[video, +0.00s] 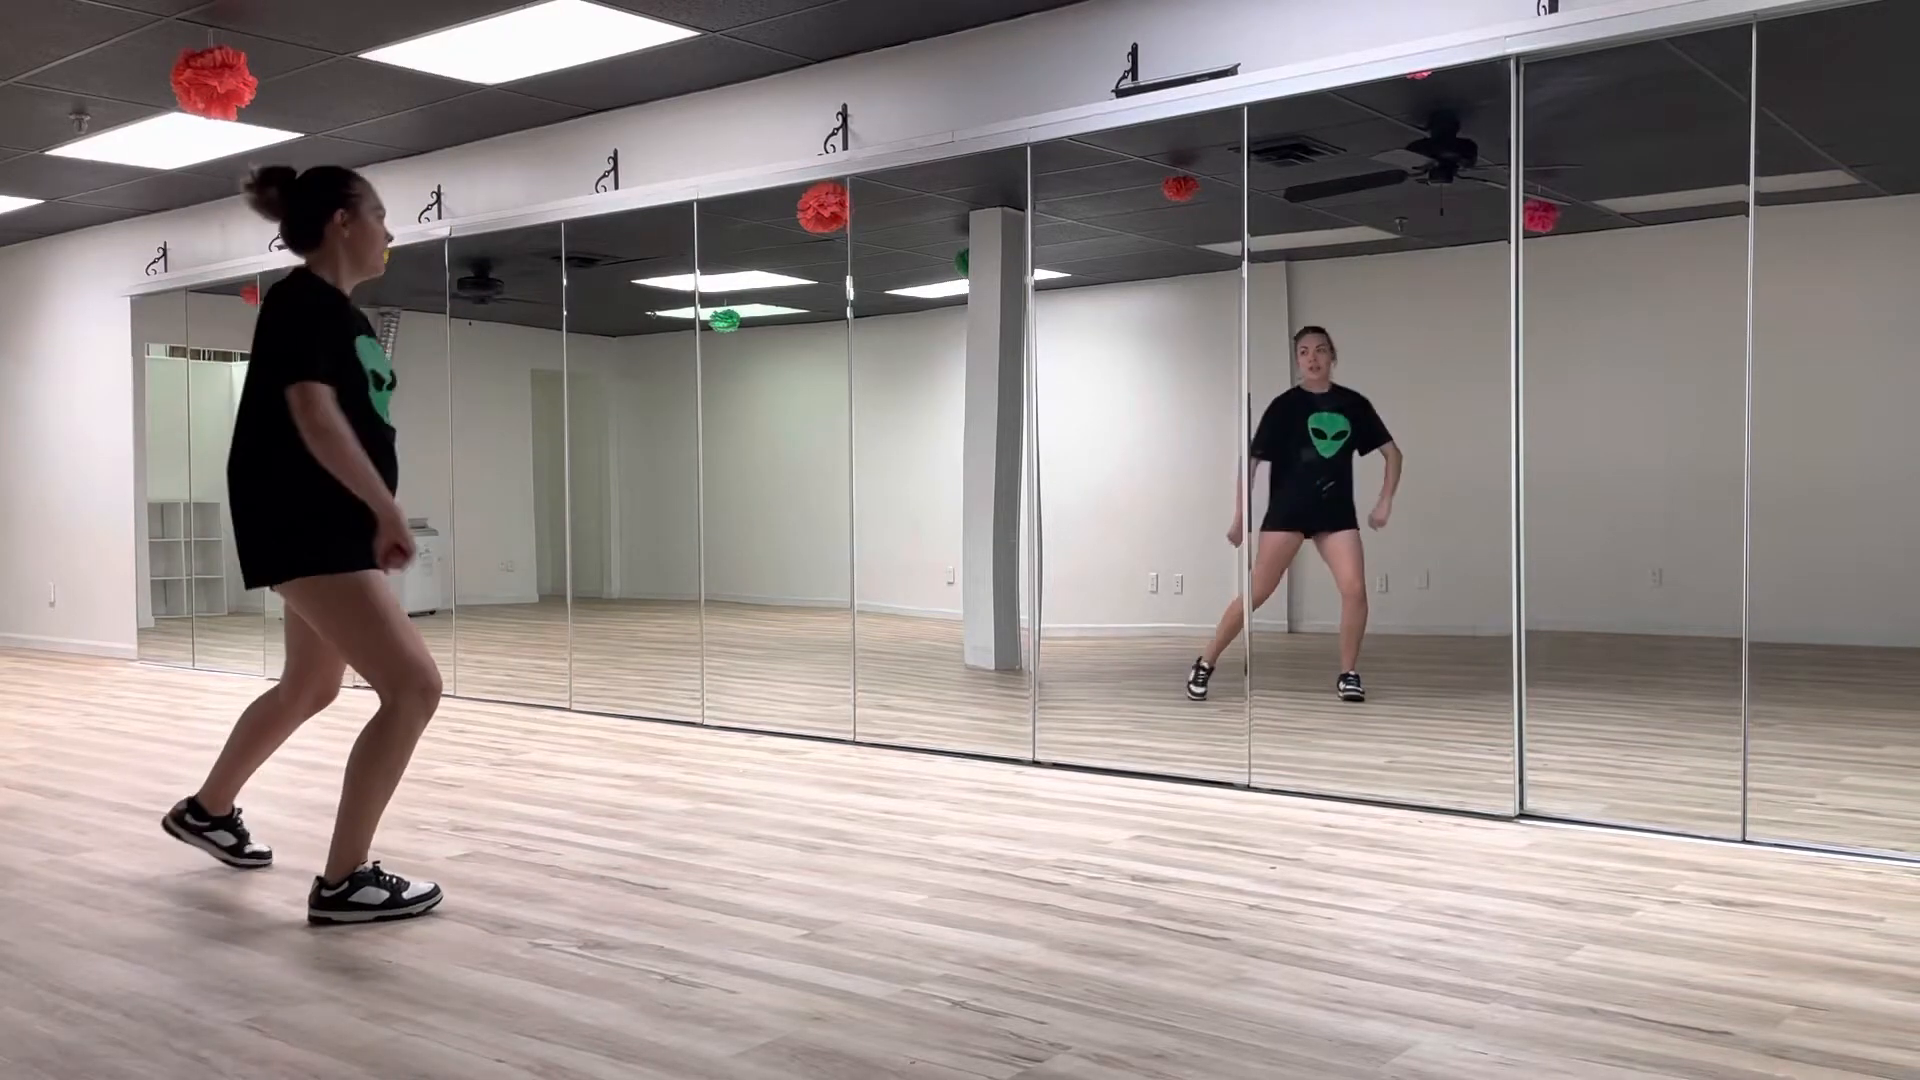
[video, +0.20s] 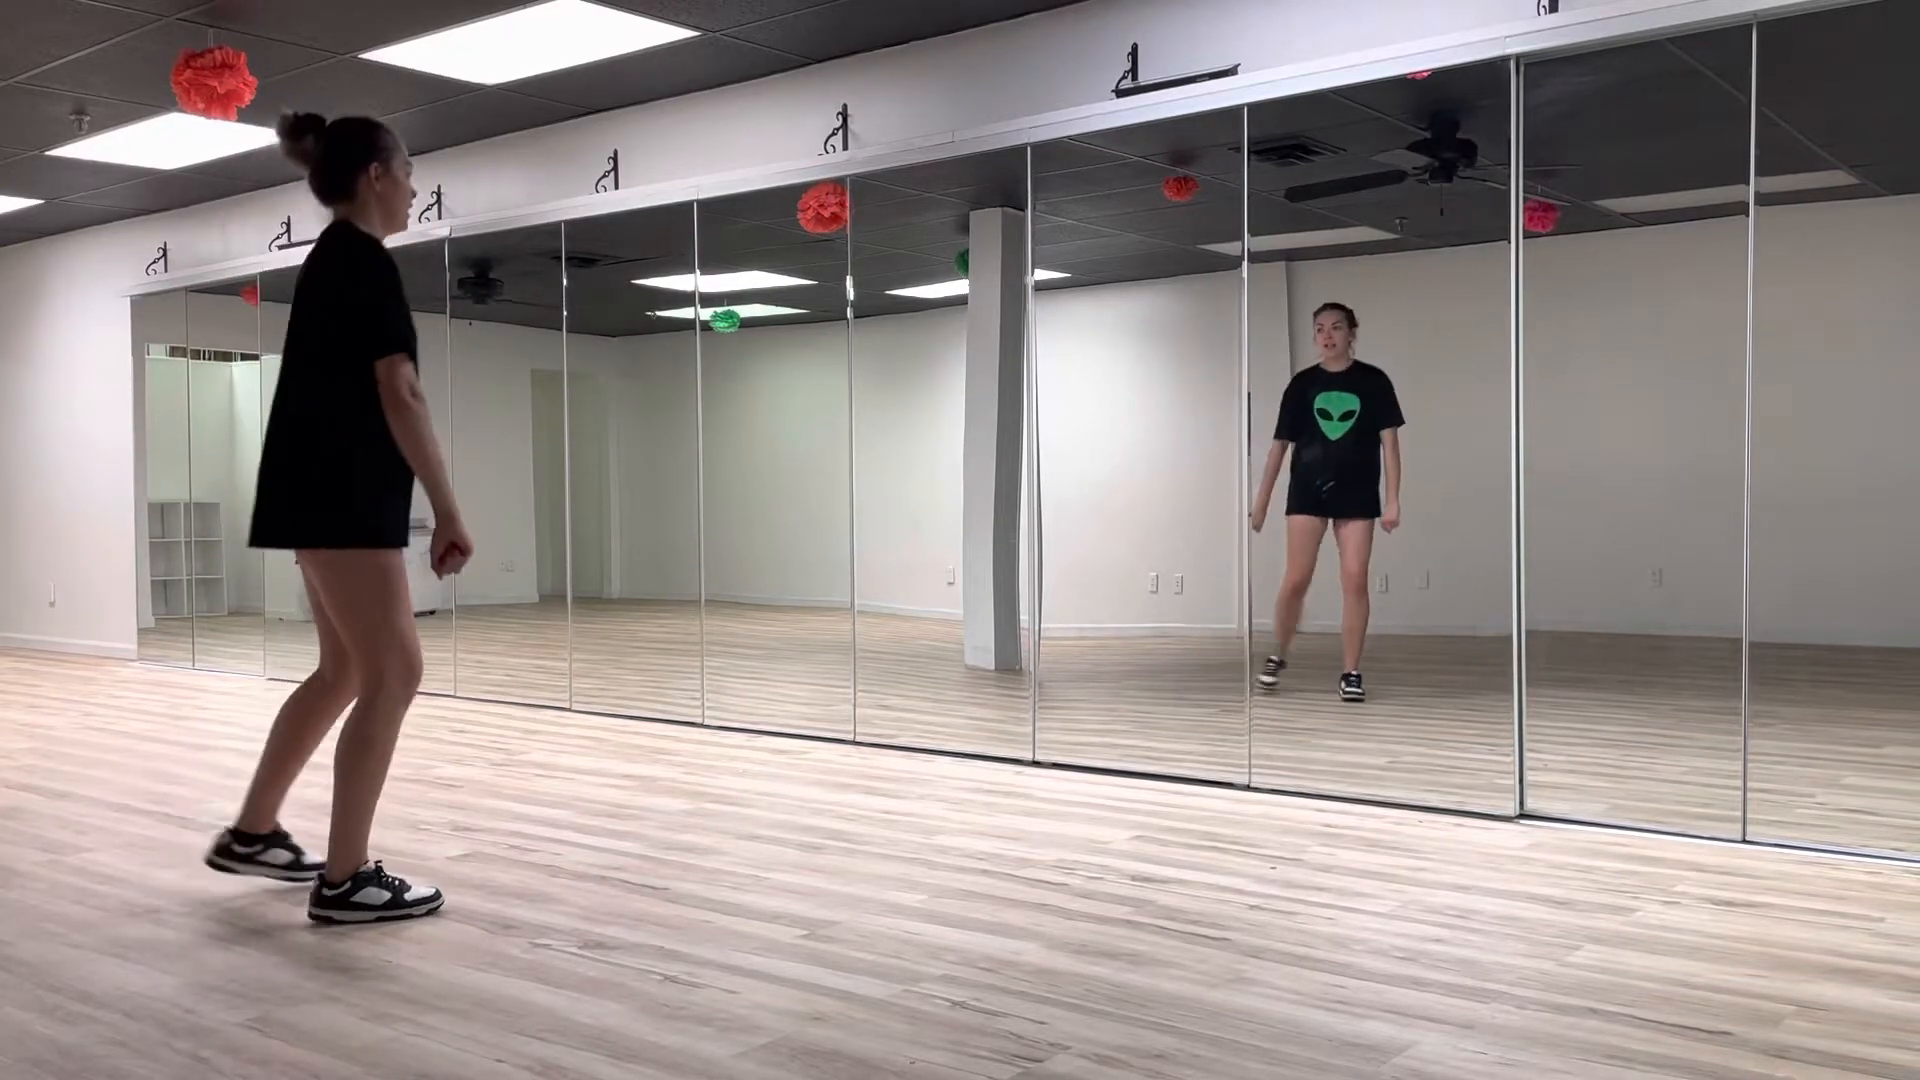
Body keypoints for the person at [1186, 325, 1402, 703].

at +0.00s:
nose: (1312, 357)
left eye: (1320, 350)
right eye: (1305, 352)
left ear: (1332, 358)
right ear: (1296, 360)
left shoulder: (1354, 404)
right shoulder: (1283, 406)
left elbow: (1392, 453)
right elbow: (1251, 464)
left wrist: (1385, 500)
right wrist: (1239, 517)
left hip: (1336, 514)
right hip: (1287, 513)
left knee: (1355, 591)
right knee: (1258, 592)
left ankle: (1348, 673)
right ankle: (1207, 662)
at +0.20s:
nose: (1326, 334)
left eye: (1335, 327)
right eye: (1320, 329)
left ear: (1351, 333)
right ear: (1314, 336)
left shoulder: (1374, 381)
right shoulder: (1300, 384)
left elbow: (1389, 443)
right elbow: (1279, 446)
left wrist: (1392, 500)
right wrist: (1261, 499)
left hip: (1357, 495)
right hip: (1307, 494)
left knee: (1355, 582)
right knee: (1295, 582)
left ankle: (1351, 672)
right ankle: (1278, 654)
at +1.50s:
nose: (1394, 337)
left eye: (1402, 330)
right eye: (1387, 331)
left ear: (1414, 337)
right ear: (1377, 337)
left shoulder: (1434, 370)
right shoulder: (1361, 373)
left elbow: (1472, 322)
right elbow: (1323, 327)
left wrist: (1508, 278)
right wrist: (1295, 280)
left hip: (1437, 489)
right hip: (1387, 492)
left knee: (1452, 579)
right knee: (1365, 582)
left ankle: (1469, 679)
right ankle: (1342, 672)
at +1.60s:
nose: (1388, 334)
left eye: (1396, 327)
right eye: (1382, 327)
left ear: (1411, 333)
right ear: (1373, 334)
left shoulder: (1428, 368)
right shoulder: (1363, 372)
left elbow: (1452, 340)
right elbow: (1342, 340)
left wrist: (1476, 306)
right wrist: (1333, 295)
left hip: (1427, 487)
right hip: (1377, 489)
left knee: (1441, 575)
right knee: (1359, 578)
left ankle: (1480, 673)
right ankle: (1343, 672)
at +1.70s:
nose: (1377, 336)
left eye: (1385, 329)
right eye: (1372, 329)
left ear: (1401, 334)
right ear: (1365, 333)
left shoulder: (1421, 364)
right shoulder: (1357, 373)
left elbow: (1425, 386)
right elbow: (1355, 384)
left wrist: (1416, 380)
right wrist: (1374, 361)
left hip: (1415, 483)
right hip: (1369, 482)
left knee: (1421, 577)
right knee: (1356, 580)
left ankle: (1478, 670)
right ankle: (1346, 674)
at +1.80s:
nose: (1376, 341)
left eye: (1384, 333)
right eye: (1369, 334)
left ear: (1400, 338)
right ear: (1363, 340)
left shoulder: (1419, 373)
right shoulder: (1355, 382)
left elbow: (1404, 418)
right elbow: (1363, 409)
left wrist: (1384, 454)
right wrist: (1392, 421)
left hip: (1409, 488)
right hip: (1363, 488)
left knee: (1402, 582)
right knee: (1351, 583)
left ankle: (1467, 669)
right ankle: (1346, 675)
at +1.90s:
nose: (1378, 340)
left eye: (1386, 332)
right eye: (1371, 334)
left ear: (1401, 337)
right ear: (1364, 340)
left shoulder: (1422, 374)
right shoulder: (1355, 381)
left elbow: (1407, 418)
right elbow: (1367, 419)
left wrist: (1393, 462)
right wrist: (1390, 447)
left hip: (1409, 485)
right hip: (1360, 486)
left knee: (1407, 577)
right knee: (1351, 583)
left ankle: (1468, 671)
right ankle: (1345, 675)